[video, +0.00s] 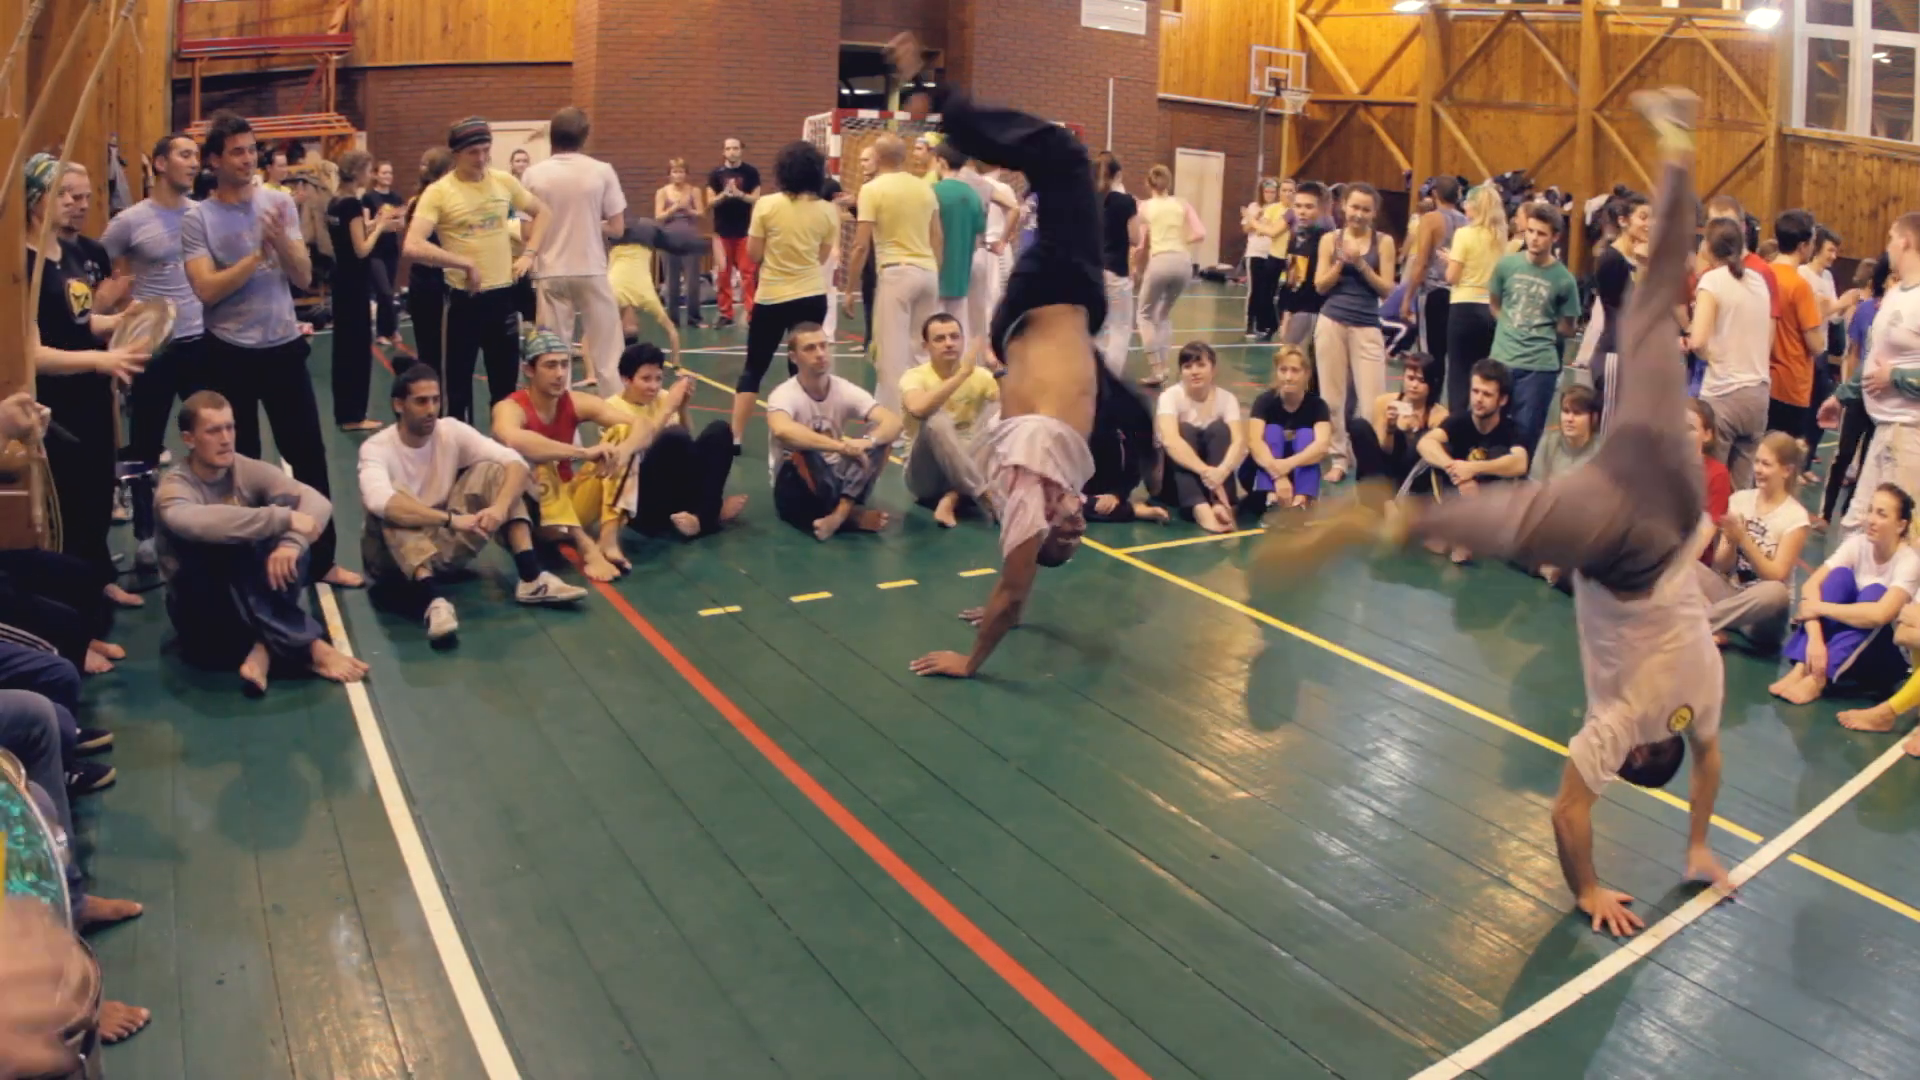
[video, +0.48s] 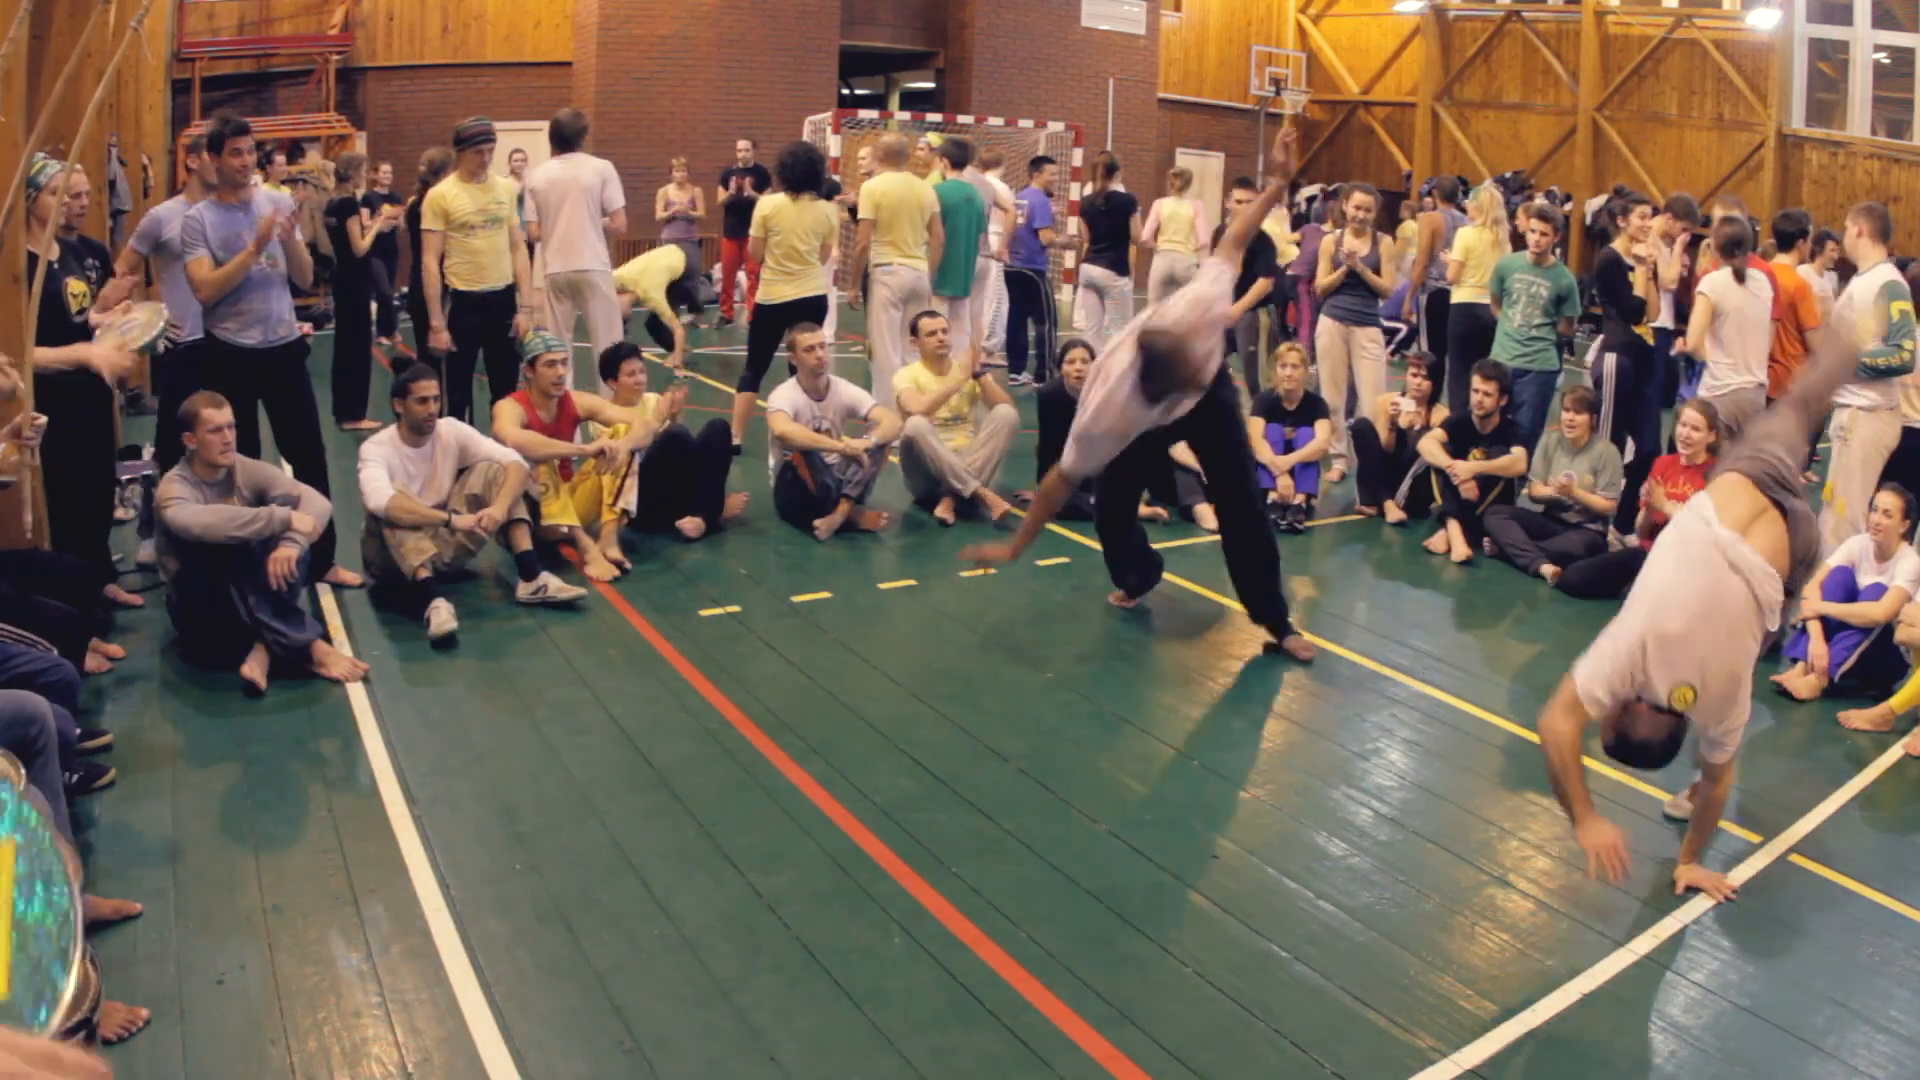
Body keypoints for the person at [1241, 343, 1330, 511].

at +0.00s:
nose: (1288, 377)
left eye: (1295, 371)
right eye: (1283, 370)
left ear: (1307, 375)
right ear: (1276, 373)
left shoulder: (1317, 405)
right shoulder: (1264, 401)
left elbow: (1322, 446)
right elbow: (1254, 442)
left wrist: (1286, 465)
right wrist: (1279, 476)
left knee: (1305, 434)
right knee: (1273, 431)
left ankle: (1302, 495)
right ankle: (1270, 493)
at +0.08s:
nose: (1288, 376)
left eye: (1295, 371)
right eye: (1283, 370)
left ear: (1306, 375)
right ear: (1275, 374)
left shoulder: (1317, 405)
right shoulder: (1264, 402)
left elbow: (1322, 446)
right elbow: (1254, 442)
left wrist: (1285, 465)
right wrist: (1279, 477)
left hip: (1299, 480)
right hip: (1263, 477)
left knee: (1306, 434)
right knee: (1273, 430)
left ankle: (1300, 500)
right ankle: (1272, 499)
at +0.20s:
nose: (1288, 376)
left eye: (1295, 370)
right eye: (1283, 369)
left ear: (1307, 374)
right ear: (1275, 373)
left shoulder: (1317, 405)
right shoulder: (1264, 402)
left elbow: (1322, 446)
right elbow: (1254, 441)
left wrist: (1286, 465)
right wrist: (1279, 477)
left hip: (1300, 481)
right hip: (1263, 477)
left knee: (1306, 434)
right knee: (1273, 430)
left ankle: (1300, 499)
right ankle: (1273, 499)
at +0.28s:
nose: (1288, 375)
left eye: (1295, 369)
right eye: (1283, 369)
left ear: (1307, 374)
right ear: (1275, 372)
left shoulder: (1316, 404)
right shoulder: (1264, 403)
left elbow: (1322, 445)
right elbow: (1255, 448)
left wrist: (1286, 463)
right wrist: (1280, 477)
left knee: (1305, 434)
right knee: (1272, 431)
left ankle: (1300, 499)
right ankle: (1273, 498)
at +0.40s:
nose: (1288, 373)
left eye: (1295, 367)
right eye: (1283, 367)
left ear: (1307, 372)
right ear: (1276, 371)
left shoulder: (1316, 404)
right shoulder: (1265, 401)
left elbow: (1322, 443)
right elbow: (1255, 441)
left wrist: (1287, 462)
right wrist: (1280, 474)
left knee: (1305, 433)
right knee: (1273, 431)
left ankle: (1300, 498)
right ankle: (1273, 496)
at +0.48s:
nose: (1288, 373)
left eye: (1295, 367)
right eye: (1283, 366)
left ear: (1306, 372)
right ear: (1275, 370)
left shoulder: (1316, 403)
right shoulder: (1263, 400)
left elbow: (1323, 442)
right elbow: (1255, 439)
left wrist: (1288, 461)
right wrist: (1280, 474)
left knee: (1306, 433)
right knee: (1272, 430)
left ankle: (1301, 497)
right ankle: (1273, 495)